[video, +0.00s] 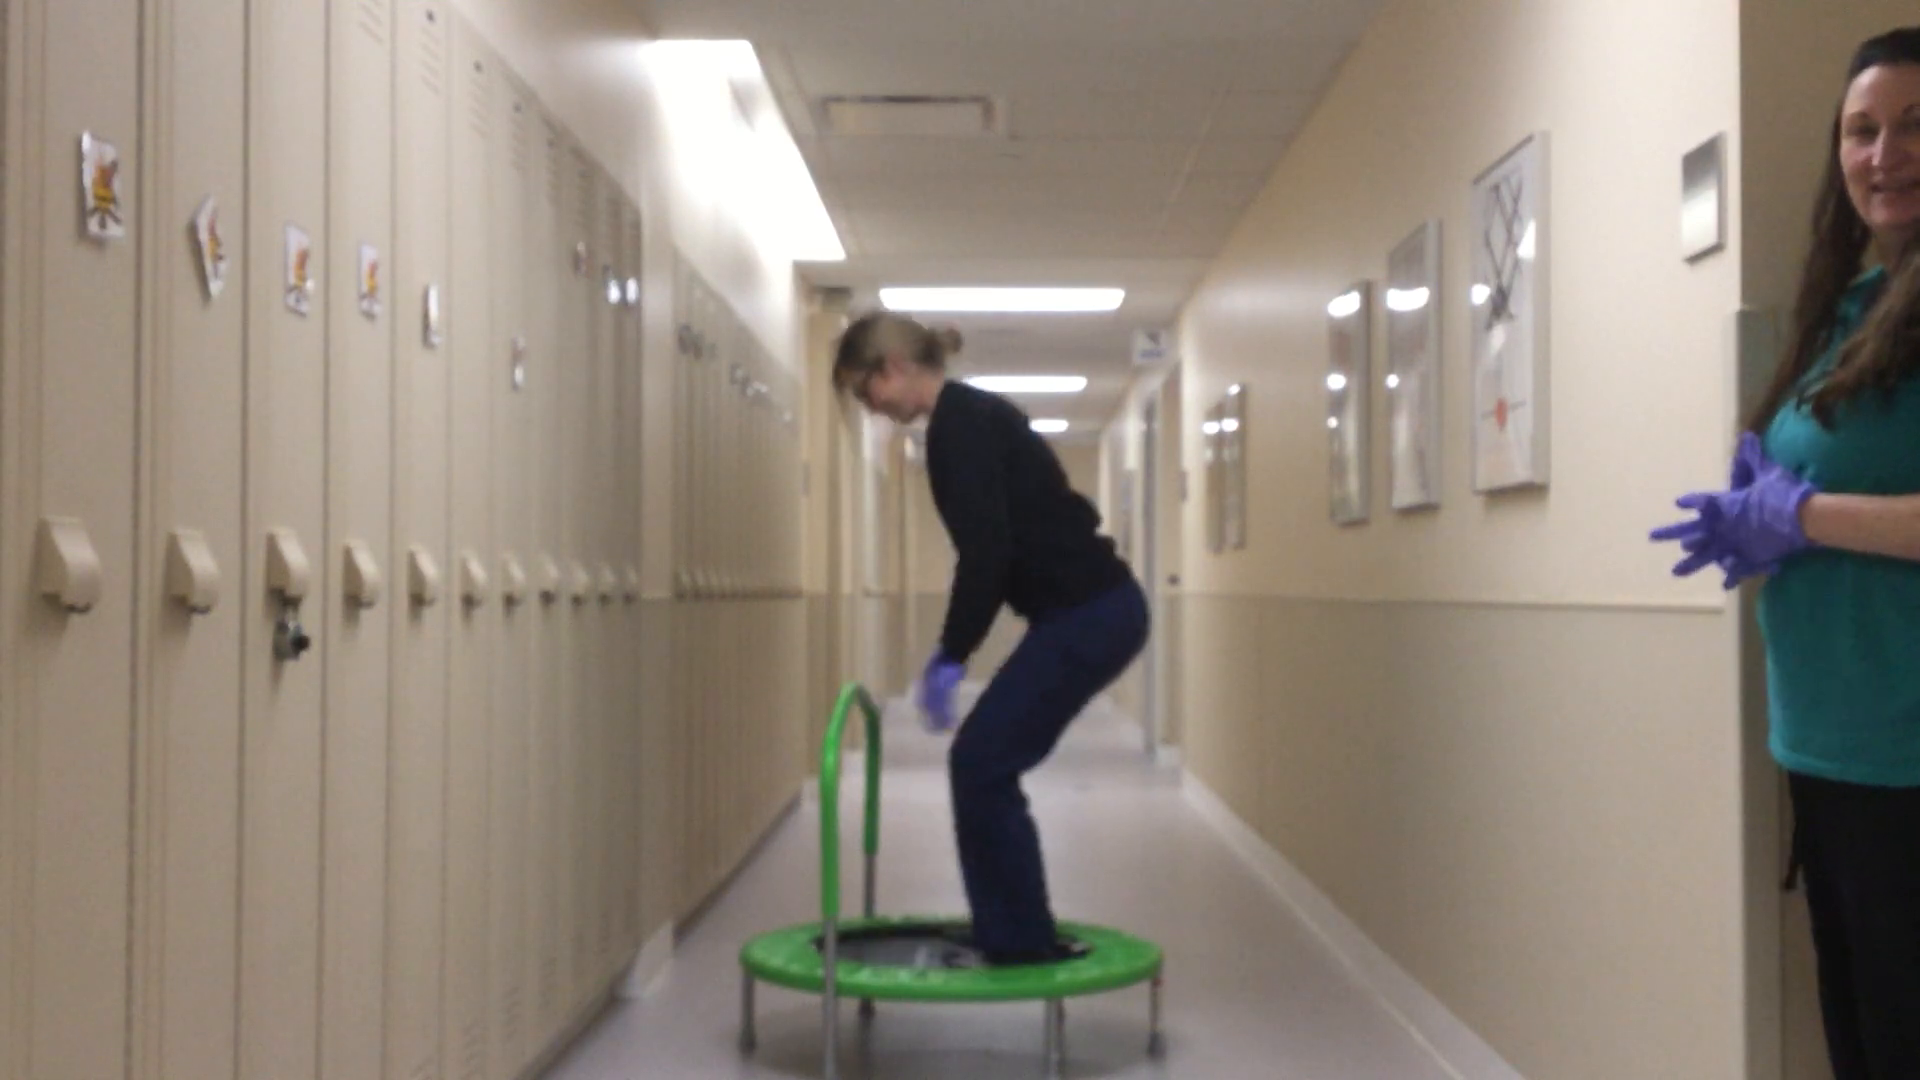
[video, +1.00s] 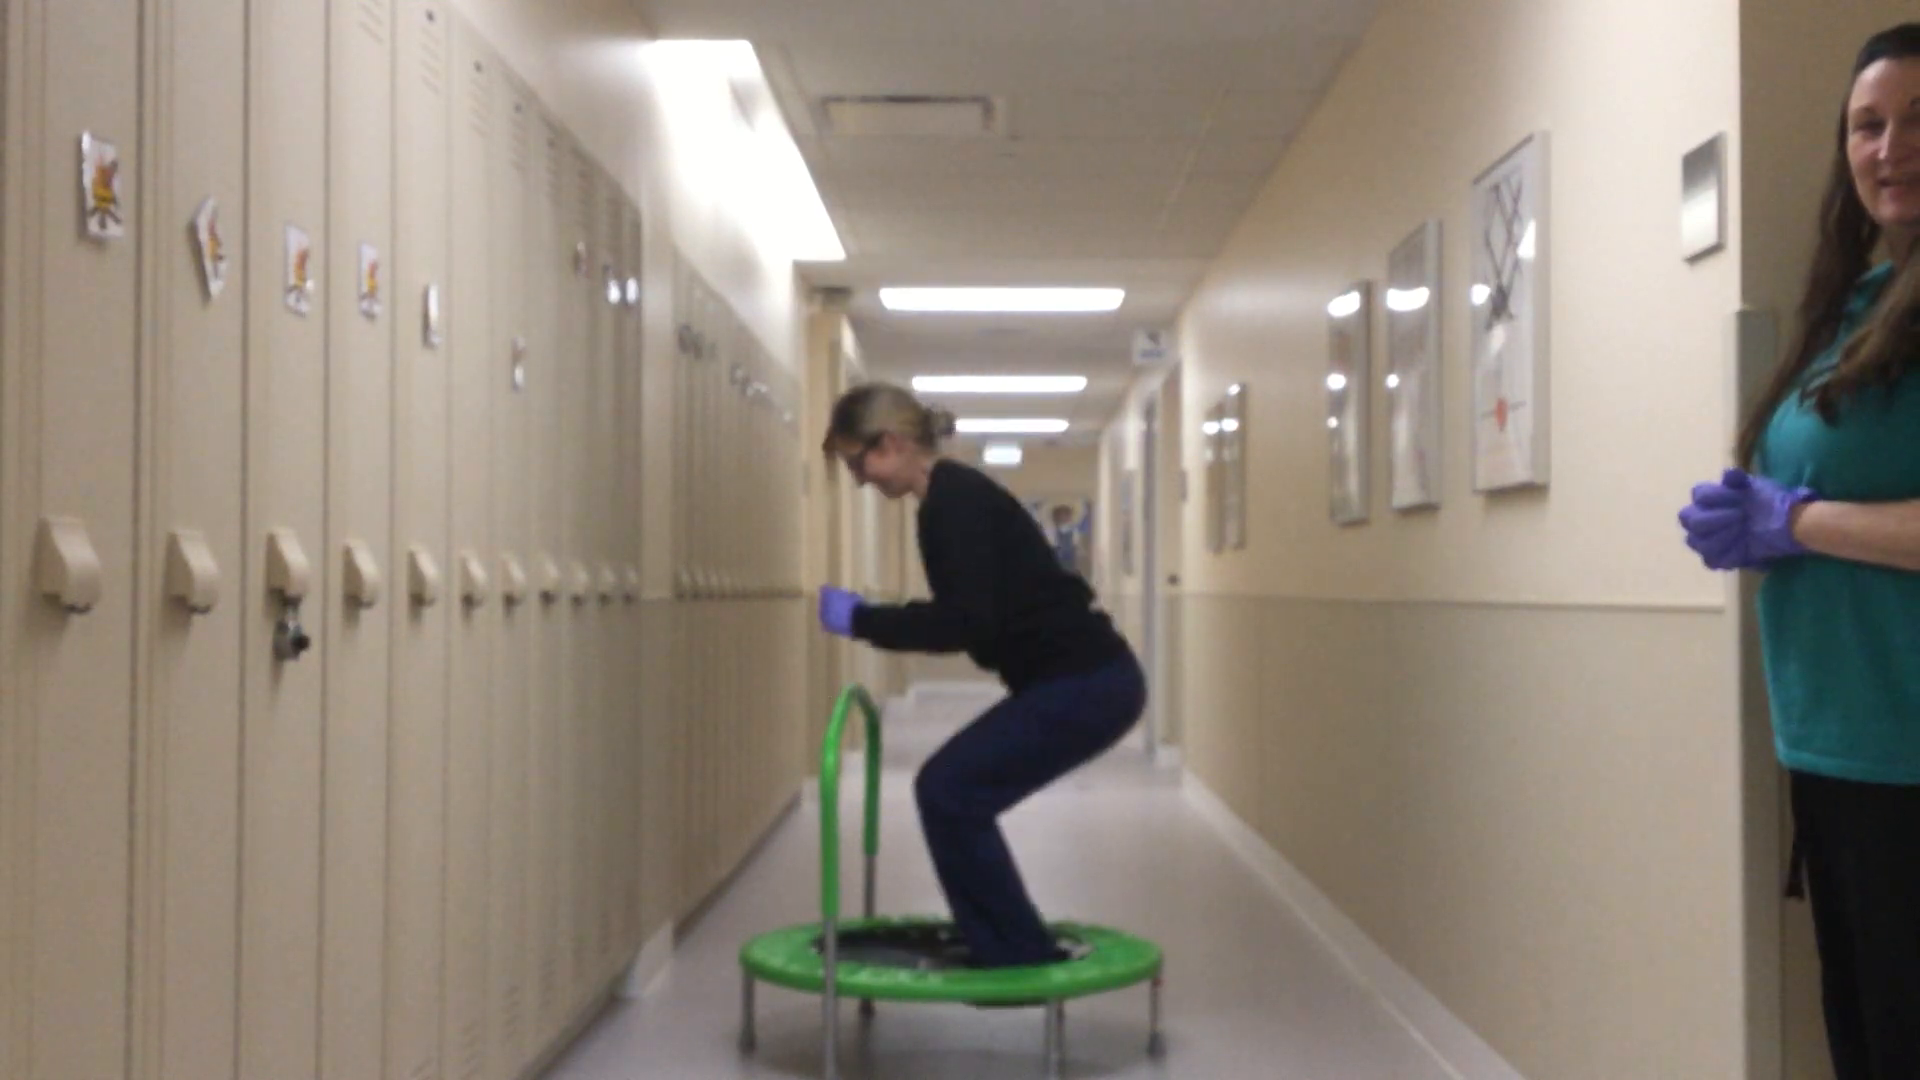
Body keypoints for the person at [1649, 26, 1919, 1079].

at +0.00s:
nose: (1885, 154)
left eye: (1910, 128)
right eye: (1863, 130)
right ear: (1837, 152)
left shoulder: (1918, 296)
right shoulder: (1843, 300)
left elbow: (1915, 519)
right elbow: (1808, 457)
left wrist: (1800, 515)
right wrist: (1759, 487)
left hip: (1899, 745)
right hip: (1823, 738)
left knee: (1896, 1029)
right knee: (1856, 1030)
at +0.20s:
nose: (1891, 151)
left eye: (1913, 127)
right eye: (1871, 128)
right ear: (1845, 150)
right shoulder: (1846, 300)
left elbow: (1915, 515)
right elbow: (1798, 456)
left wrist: (1801, 518)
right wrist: (1762, 497)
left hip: (1902, 745)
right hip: (1824, 737)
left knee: (1900, 1034)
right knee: (1856, 1032)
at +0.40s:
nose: (1891, 151)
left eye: (1913, 127)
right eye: (1872, 127)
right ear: (1847, 148)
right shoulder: (1847, 298)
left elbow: (1917, 524)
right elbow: (1803, 462)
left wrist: (1800, 523)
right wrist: (1753, 506)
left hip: (1901, 745)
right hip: (1825, 737)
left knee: (1900, 1030)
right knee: (1858, 1027)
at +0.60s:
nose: (1891, 149)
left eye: (1912, 125)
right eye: (1874, 125)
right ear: (1849, 144)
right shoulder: (1848, 296)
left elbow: (1917, 525)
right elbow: (1817, 472)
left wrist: (1798, 523)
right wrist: (1758, 506)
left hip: (1901, 742)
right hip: (1826, 733)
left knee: (1898, 1029)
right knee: (1858, 1025)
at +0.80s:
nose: (1889, 148)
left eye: (1911, 124)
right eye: (1871, 125)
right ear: (1847, 146)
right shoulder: (1846, 297)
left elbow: (1916, 525)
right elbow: (1816, 474)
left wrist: (1799, 521)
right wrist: (1757, 508)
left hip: (1902, 743)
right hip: (1826, 736)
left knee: (1899, 1033)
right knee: (1859, 1031)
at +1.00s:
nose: (1888, 146)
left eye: (1910, 122)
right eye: (1868, 125)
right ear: (1844, 147)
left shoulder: (1919, 295)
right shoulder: (1846, 296)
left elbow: (1915, 523)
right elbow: (1805, 467)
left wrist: (1798, 519)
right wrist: (1753, 502)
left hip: (1899, 743)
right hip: (1824, 735)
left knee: (1898, 1030)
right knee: (1859, 1027)